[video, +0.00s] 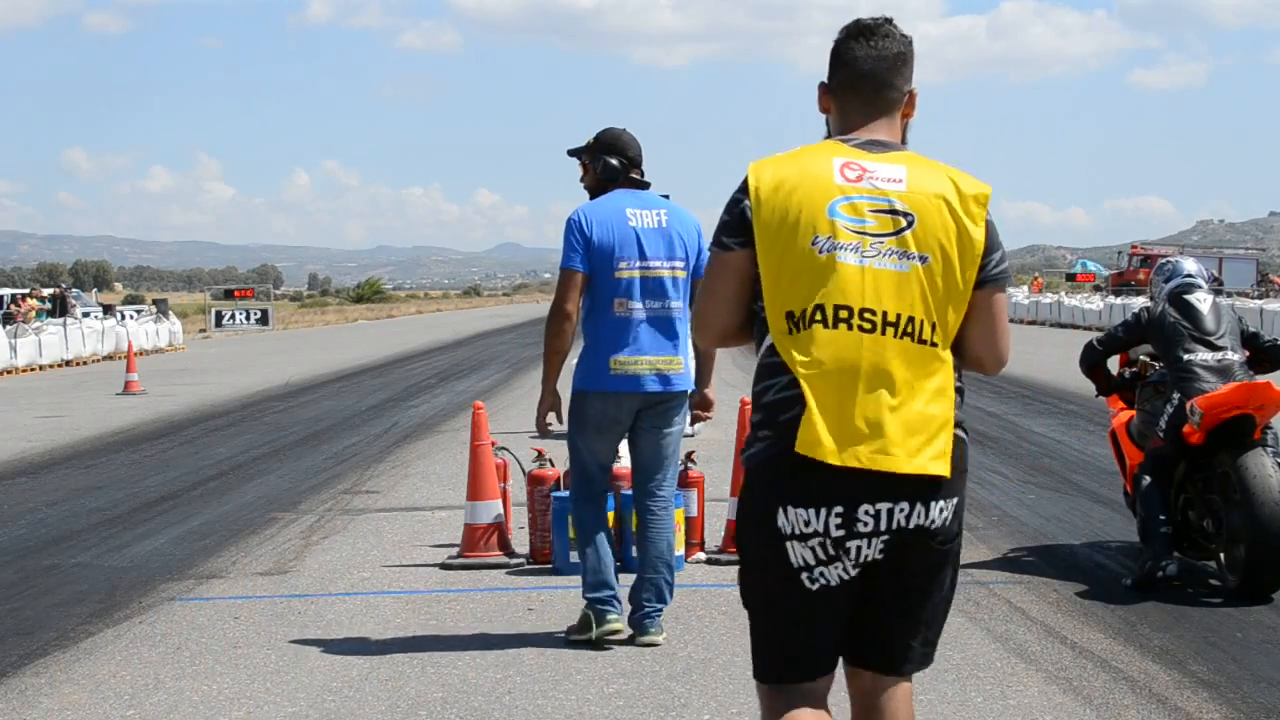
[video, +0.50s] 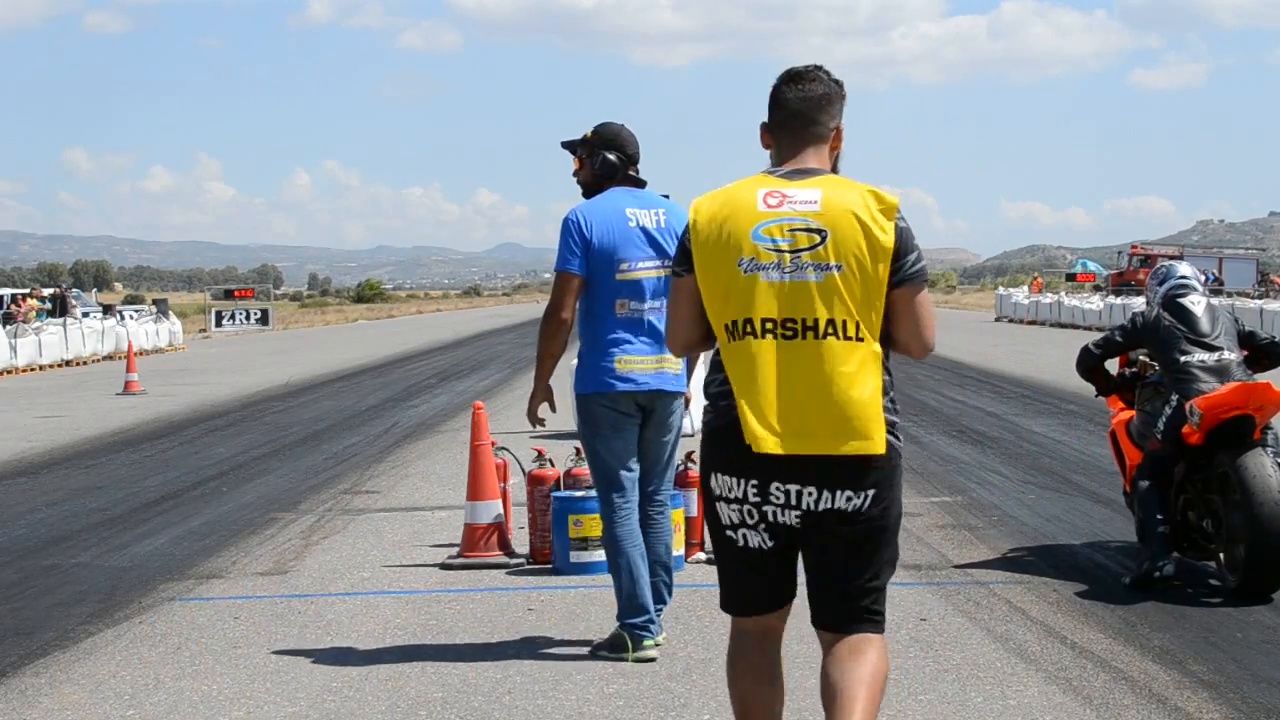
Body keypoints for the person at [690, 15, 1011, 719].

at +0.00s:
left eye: (823, 91)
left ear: (825, 97)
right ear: (910, 103)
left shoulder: (766, 185)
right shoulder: (966, 202)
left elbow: (714, 329)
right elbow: (990, 353)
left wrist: (792, 299)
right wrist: (915, 309)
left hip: (798, 482)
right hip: (922, 488)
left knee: (795, 691)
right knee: (887, 681)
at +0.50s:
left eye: (769, 127)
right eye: (838, 128)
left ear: (765, 134)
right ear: (840, 135)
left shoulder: (709, 215)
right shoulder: (877, 215)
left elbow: (683, 338)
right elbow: (918, 341)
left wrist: (750, 301)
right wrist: (852, 302)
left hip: (743, 456)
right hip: (851, 457)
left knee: (754, 623)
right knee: (854, 627)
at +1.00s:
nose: (868, 210)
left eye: (865, 202)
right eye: (868, 203)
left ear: (799, 198)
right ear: (860, 206)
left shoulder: (738, 247)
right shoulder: (876, 254)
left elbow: (730, 339)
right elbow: (904, 361)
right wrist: (860, 323)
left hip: (739, 450)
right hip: (836, 456)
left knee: (748, 585)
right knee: (841, 593)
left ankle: (756, 702)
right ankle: (814, 715)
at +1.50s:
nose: (892, 343)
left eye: (890, 337)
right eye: (891, 337)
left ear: (832, 333)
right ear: (884, 342)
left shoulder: (788, 352)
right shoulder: (888, 375)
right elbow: (923, 468)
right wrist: (900, 383)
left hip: (700, 483)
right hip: (786, 492)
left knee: (773, 571)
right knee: (921, 592)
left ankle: (762, 703)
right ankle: (822, 708)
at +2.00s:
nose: (898, 431)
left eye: (897, 427)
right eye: (897, 426)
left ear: (833, 423)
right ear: (889, 430)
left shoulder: (797, 442)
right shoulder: (892, 462)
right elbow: (930, 546)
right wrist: (905, 464)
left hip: (711, 583)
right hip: (796, 582)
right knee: (957, 606)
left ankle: (766, 696)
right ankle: (834, 706)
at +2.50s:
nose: (899, 447)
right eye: (897, 441)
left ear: (832, 438)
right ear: (889, 447)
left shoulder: (792, 460)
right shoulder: (891, 478)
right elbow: (932, 565)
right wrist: (904, 481)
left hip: (718, 608)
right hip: (800, 611)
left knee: (777, 568)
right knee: (967, 612)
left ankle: (769, 696)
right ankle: (839, 707)